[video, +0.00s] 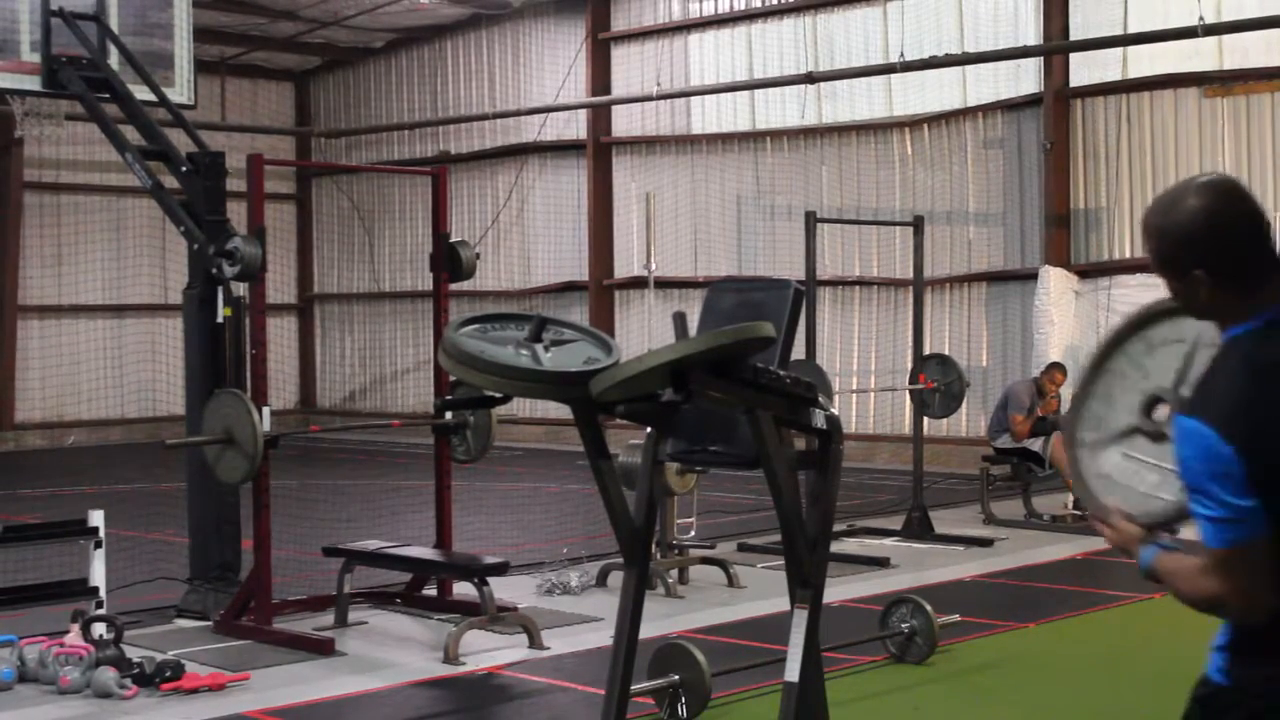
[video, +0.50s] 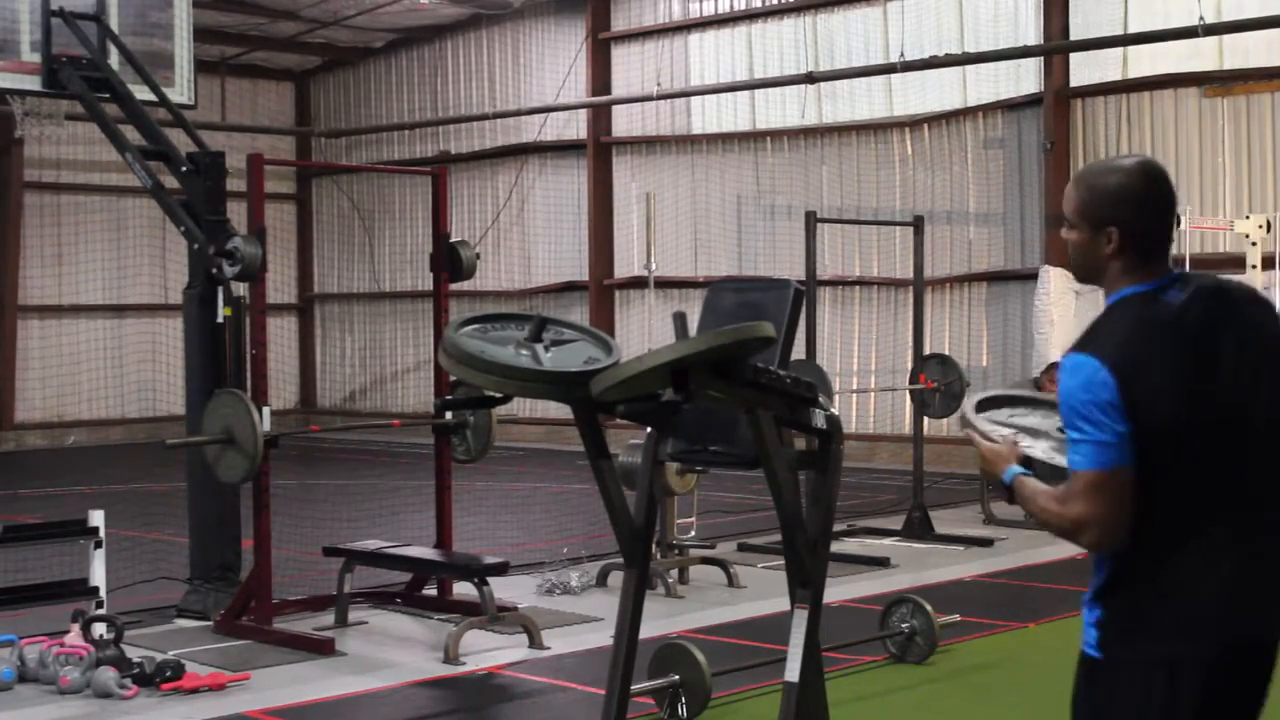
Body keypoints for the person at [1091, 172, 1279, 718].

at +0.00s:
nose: (1167, 292)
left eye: (1166, 278)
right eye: (1162, 277)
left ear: (1197, 283)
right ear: (1260, 237)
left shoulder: (1216, 415)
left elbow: (1244, 593)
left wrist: (1145, 551)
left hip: (1253, 674)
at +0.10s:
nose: (1144, 285)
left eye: (1144, 272)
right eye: (1140, 272)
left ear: (1175, 278)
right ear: (1241, 239)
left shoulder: (1176, 410)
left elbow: (1183, 582)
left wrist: (1090, 527)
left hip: (1228, 667)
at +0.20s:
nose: (1126, 279)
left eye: (1126, 267)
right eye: (1122, 266)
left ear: (1158, 275)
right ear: (1226, 245)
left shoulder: (1145, 409)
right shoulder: (1274, 318)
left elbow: (1143, 573)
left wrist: (1052, 508)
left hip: (1193, 664)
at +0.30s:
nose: (1098, 262)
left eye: (1104, 252)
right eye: (1100, 250)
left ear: (1139, 264)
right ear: (1203, 240)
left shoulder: (1124, 396)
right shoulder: (1270, 313)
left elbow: (1124, 561)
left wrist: (1035, 490)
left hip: (1176, 651)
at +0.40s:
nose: (1076, 250)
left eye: (1081, 236)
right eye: (1076, 234)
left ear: (1122, 249)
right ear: (1180, 231)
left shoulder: (1109, 374)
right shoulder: (1262, 307)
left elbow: (1108, 541)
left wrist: (1023, 482)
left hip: (1155, 640)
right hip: (1264, 624)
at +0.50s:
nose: (1059, 237)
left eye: (1068, 225)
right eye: (1062, 223)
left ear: (1111, 240)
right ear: (1166, 229)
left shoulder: (1096, 362)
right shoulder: (1251, 311)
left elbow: (1098, 523)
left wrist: (1010, 475)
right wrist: (1095, 387)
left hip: (1142, 637)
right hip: (1248, 620)